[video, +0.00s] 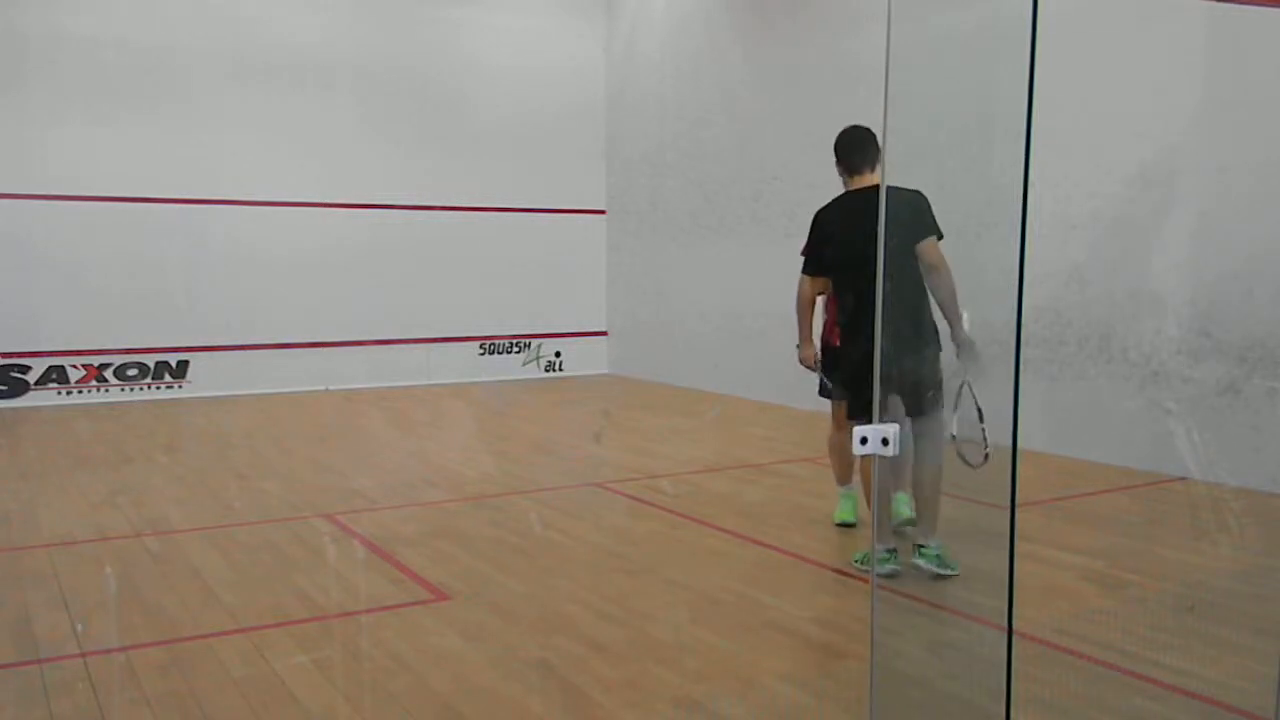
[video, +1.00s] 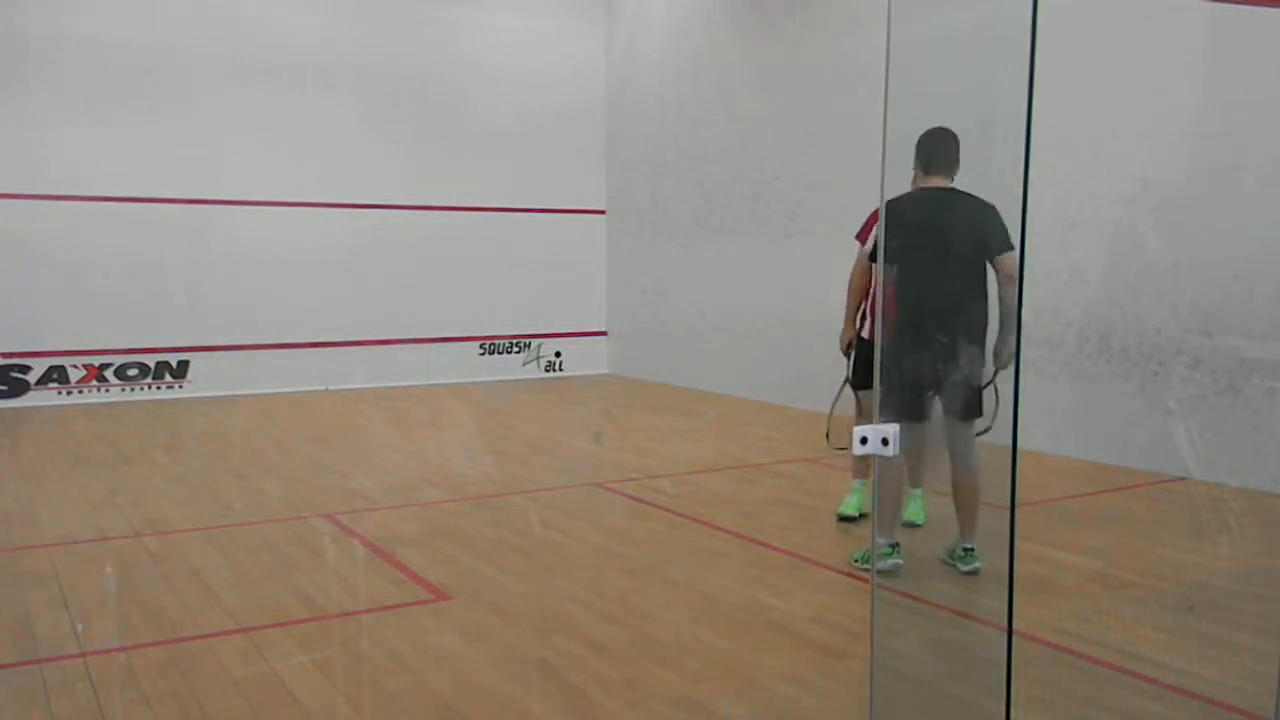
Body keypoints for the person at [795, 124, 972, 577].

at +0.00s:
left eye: (837, 164)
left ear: (838, 166)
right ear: (879, 158)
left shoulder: (828, 218)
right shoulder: (911, 202)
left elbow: (808, 289)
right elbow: (934, 265)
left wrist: (805, 341)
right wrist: (957, 328)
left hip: (862, 352)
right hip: (915, 347)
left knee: (876, 442)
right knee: (929, 437)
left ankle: (883, 548)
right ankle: (927, 542)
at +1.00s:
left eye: (920, 163)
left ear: (916, 164)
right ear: (957, 166)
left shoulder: (894, 210)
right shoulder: (981, 212)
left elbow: (869, 275)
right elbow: (1009, 275)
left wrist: (855, 326)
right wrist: (1007, 336)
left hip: (906, 342)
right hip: (964, 343)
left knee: (893, 440)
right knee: (963, 440)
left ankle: (884, 545)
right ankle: (967, 546)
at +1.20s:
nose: (943, 166)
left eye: (939, 158)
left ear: (936, 161)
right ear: (977, 163)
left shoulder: (916, 207)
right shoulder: (996, 212)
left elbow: (887, 272)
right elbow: (1029, 279)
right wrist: (1021, 338)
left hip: (923, 339)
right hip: (976, 342)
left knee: (912, 437)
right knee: (968, 438)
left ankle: (916, 548)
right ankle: (967, 547)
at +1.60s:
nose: (929, 157)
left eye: (933, 150)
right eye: (933, 149)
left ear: (945, 153)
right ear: (973, 156)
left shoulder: (956, 205)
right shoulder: (989, 208)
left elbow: (947, 273)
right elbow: (1005, 276)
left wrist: (906, 293)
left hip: (957, 346)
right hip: (979, 345)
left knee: (946, 445)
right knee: (959, 446)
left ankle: (975, 566)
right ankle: (968, 546)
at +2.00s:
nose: (956, 150)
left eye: (968, 143)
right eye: (949, 140)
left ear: (987, 149)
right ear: (939, 143)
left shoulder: (1001, 206)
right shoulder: (934, 203)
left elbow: (1037, 276)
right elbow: (917, 261)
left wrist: (965, 296)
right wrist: (889, 279)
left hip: (979, 352)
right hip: (928, 345)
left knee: (972, 456)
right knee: (909, 451)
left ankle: (979, 571)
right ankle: (910, 562)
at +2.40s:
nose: (960, 142)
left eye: (967, 133)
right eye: (949, 132)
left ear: (974, 141)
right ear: (923, 138)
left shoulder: (992, 206)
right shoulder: (891, 209)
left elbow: (1009, 287)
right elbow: (863, 285)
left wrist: (985, 338)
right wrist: (836, 352)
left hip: (965, 362)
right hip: (904, 361)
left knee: (959, 468)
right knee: (909, 477)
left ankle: (967, 564)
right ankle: (912, 604)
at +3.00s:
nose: (917, 131)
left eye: (922, 122)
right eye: (904, 123)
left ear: (929, 129)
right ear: (875, 132)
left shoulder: (951, 196)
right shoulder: (844, 205)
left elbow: (980, 275)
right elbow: (821, 282)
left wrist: (987, 345)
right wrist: (812, 349)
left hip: (931, 366)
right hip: (867, 370)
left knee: (917, 496)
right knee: (887, 496)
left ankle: (915, 629)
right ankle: (909, 607)